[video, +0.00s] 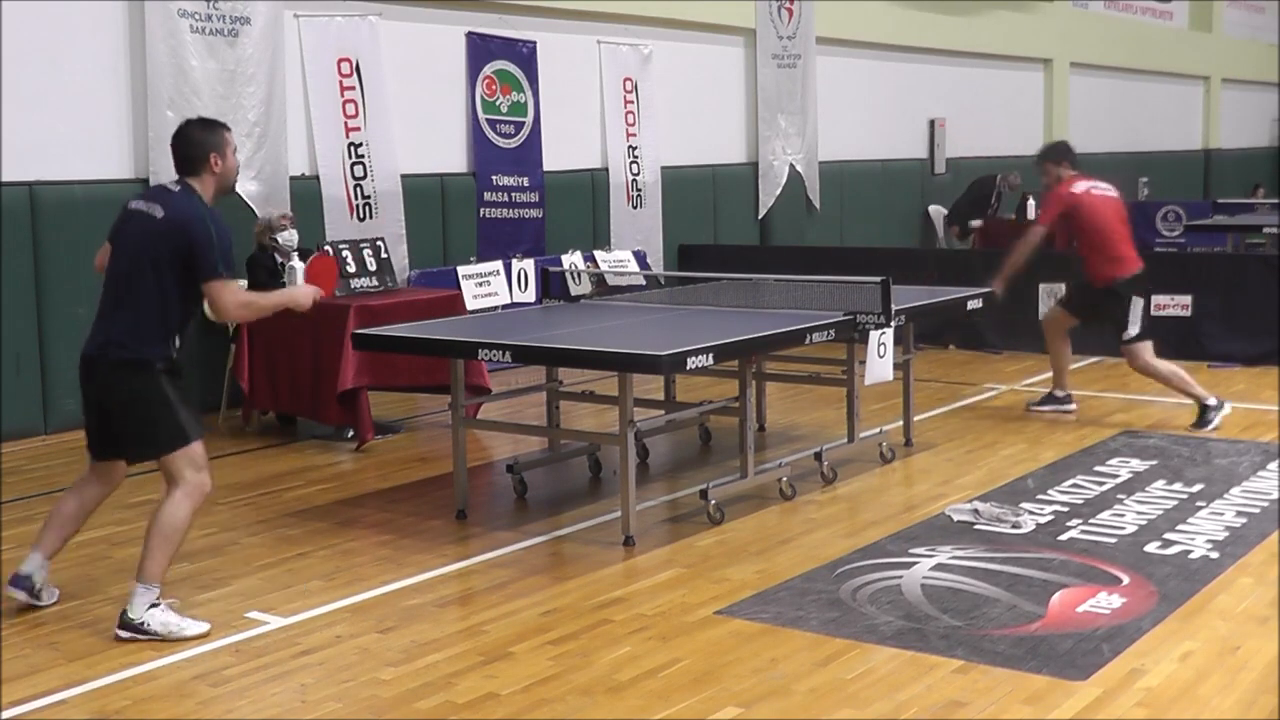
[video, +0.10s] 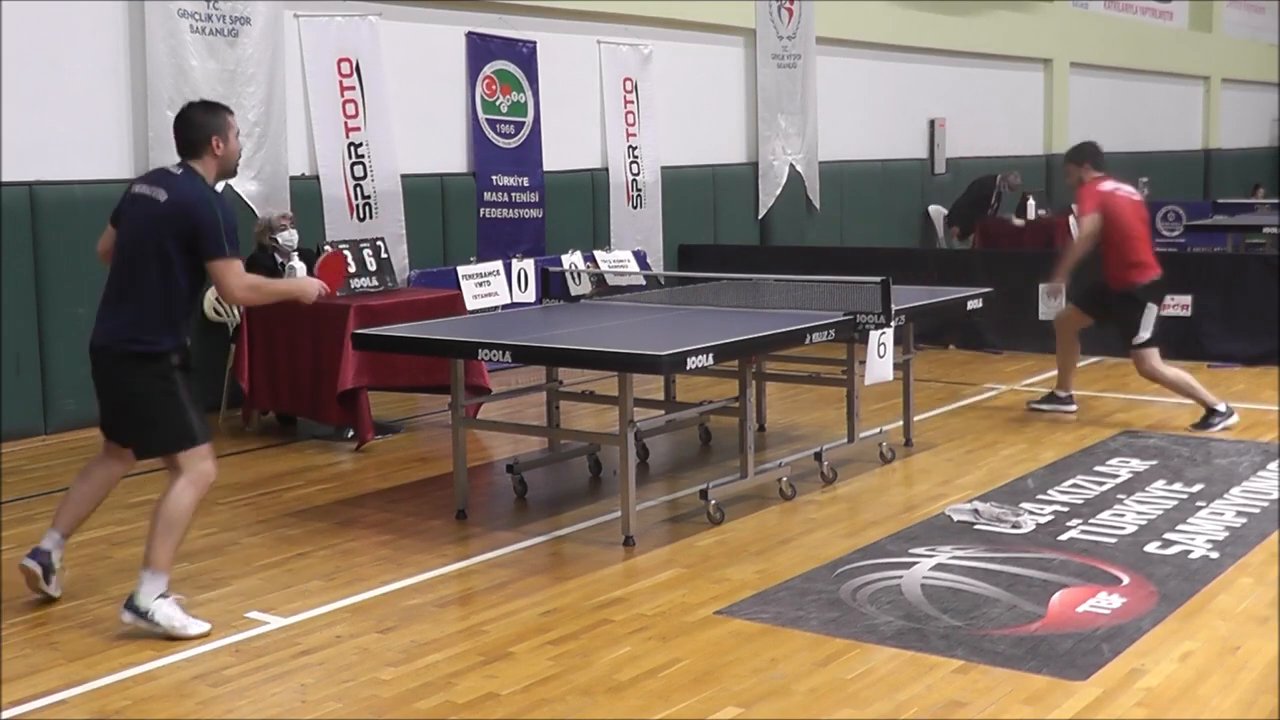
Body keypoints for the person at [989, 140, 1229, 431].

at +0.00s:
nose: (1044, 178)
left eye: (1046, 171)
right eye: (1043, 172)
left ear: (1062, 166)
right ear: (1069, 166)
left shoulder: (1062, 192)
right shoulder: (1104, 187)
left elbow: (1033, 238)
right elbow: (1115, 230)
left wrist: (1002, 278)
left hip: (1128, 283)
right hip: (1098, 284)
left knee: (1140, 359)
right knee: (1053, 323)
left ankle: (1209, 402)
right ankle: (1060, 395)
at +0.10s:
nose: (1068, 180)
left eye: (1069, 172)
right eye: (1066, 173)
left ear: (1084, 168)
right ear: (1096, 167)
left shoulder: (1090, 190)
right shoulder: (1126, 190)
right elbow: (1134, 234)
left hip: (1141, 287)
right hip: (1115, 285)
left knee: (1149, 365)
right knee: (1066, 323)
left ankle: (1218, 408)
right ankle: (1063, 394)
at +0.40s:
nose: (1165, 173)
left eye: (1171, 166)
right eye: (1163, 166)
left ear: (1190, 164)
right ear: (1159, 162)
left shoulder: (1213, 199)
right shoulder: (1153, 185)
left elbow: (1237, 244)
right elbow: (1110, 184)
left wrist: (1229, 268)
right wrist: (1131, 148)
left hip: (1182, 284)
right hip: (1135, 279)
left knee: (1209, 330)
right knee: (1080, 332)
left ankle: (1233, 408)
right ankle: (1078, 385)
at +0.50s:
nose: (1166, 163)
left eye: (1173, 157)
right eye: (1164, 156)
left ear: (1192, 154)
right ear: (1161, 154)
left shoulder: (1213, 189)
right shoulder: (1154, 181)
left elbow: (1238, 233)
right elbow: (1107, 195)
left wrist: (1237, 268)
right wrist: (1105, 168)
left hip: (1188, 280)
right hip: (1141, 277)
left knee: (1215, 330)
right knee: (1089, 332)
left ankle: (1234, 408)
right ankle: (1080, 388)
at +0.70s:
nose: (1146, 149)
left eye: (1152, 142)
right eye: (1144, 142)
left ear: (1172, 142)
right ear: (1146, 144)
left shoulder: (1201, 175)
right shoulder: (1147, 182)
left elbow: (1234, 214)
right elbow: (1123, 226)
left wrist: (1201, 242)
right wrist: (1091, 228)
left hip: (1205, 267)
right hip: (1165, 265)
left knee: (1213, 330)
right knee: (1117, 321)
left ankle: (1253, 397)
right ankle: (1128, 378)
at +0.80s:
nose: (1126, 167)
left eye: (1131, 160)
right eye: (1125, 161)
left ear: (1151, 159)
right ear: (1143, 162)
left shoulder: (1176, 188)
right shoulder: (1146, 200)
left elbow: (1179, 232)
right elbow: (1145, 251)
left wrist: (1146, 243)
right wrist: (1120, 281)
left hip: (1206, 278)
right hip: (1172, 279)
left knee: (1217, 343)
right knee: (1124, 330)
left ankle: (1266, 402)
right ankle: (1141, 381)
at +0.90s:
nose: (1104, 173)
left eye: (1108, 166)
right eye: (1104, 166)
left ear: (1128, 165)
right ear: (1127, 166)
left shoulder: (1136, 188)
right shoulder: (1144, 186)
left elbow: (1109, 225)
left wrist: (1086, 231)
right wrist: (1101, 228)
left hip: (1194, 275)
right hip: (1166, 277)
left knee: (1208, 343)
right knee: (1120, 325)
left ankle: (1264, 401)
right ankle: (1142, 381)